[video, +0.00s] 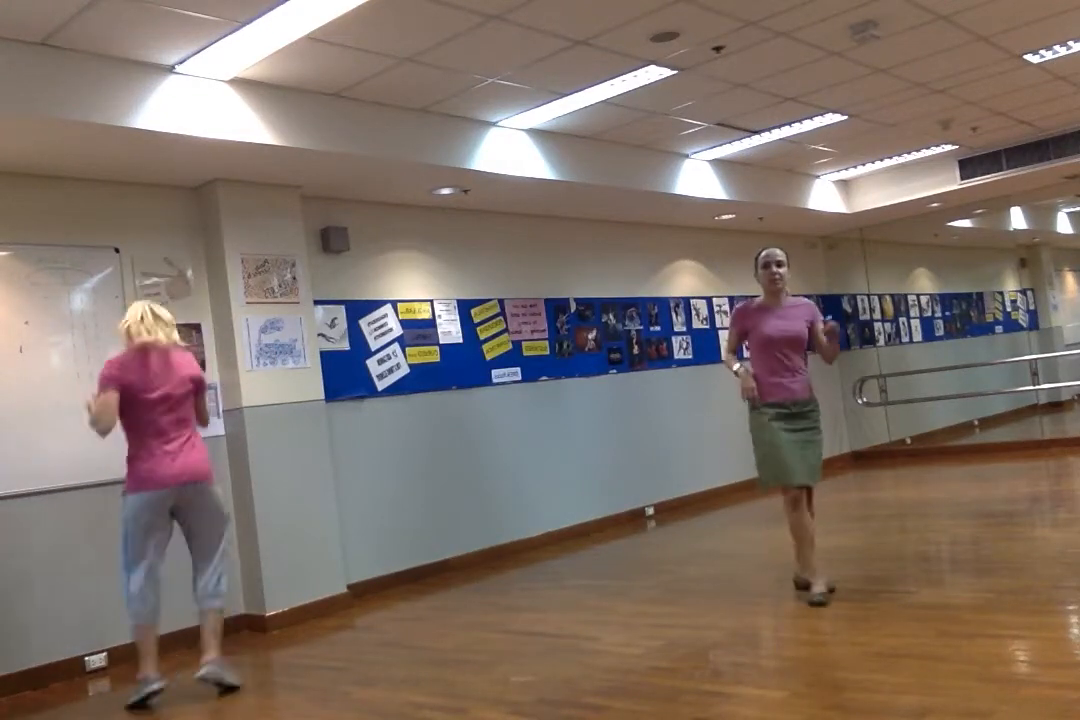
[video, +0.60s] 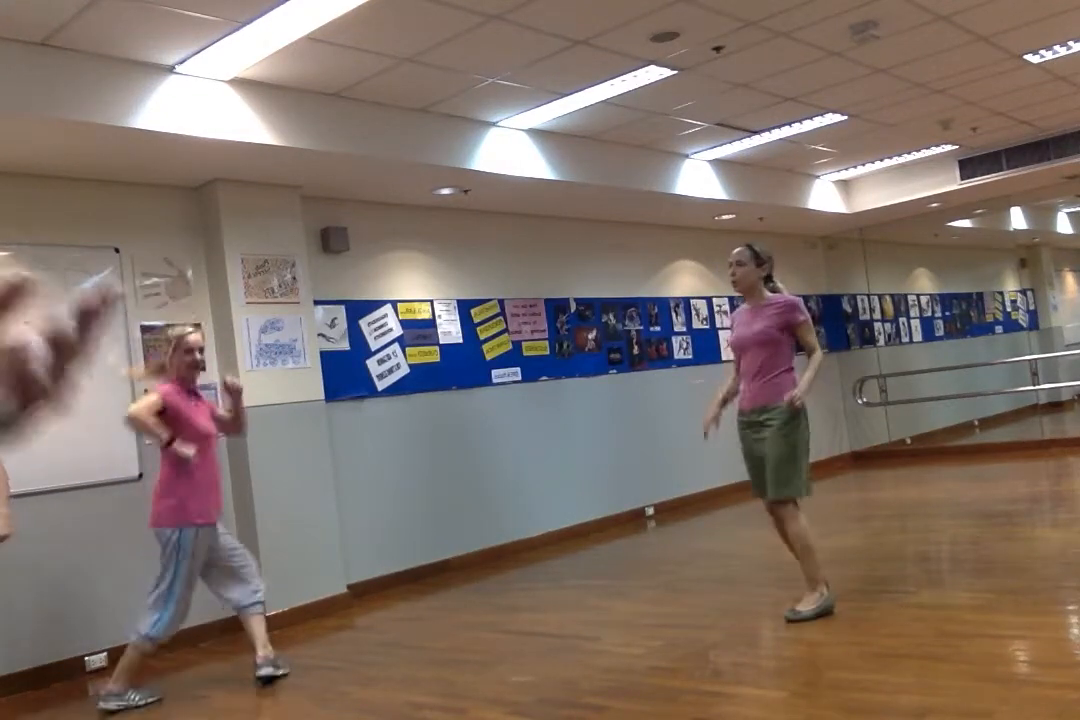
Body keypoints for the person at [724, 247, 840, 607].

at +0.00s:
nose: (775, 271)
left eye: (779, 265)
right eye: (767, 266)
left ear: (788, 271)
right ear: (757, 275)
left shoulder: (807, 309)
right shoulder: (746, 313)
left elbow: (829, 355)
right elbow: (730, 353)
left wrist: (825, 337)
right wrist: (742, 371)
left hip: (805, 409)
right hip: (769, 411)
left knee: (805, 496)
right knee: (794, 493)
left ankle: (802, 572)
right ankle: (815, 578)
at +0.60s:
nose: (732, 272)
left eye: (739, 265)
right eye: (730, 266)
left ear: (762, 269)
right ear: (732, 274)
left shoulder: (787, 305)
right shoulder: (738, 316)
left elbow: (816, 352)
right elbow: (739, 373)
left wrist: (801, 388)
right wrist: (718, 404)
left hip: (783, 412)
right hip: (749, 417)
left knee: (783, 504)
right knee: (775, 507)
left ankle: (818, 589)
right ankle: (817, 585)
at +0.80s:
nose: (714, 276)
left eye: (720, 270)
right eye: (715, 270)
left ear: (742, 273)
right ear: (734, 276)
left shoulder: (767, 309)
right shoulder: (734, 315)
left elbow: (782, 362)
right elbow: (748, 367)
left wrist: (743, 384)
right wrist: (733, 388)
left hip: (771, 417)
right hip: (746, 419)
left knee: (781, 509)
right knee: (731, 508)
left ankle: (817, 590)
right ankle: (791, 572)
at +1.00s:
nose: (692, 275)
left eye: (697, 268)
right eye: (693, 269)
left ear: (715, 272)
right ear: (717, 273)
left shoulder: (732, 307)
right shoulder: (727, 310)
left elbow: (735, 365)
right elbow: (761, 363)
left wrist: (686, 392)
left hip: (747, 417)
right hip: (739, 417)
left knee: (778, 505)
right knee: (726, 509)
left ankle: (816, 590)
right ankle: (749, 596)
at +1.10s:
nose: (683, 282)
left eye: (687, 276)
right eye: (684, 276)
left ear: (702, 277)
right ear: (710, 278)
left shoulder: (716, 313)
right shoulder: (726, 313)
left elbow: (719, 375)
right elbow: (755, 370)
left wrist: (675, 413)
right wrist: (724, 400)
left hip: (735, 423)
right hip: (733, 422)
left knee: (745, 512)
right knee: (723, 509)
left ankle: (808, 587)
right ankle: (748, 596)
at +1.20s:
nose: (675, 288)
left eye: (677, 282)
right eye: (676, 281)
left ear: (689, 283)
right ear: (707, 281)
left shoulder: (702, 318)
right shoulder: (721, 314)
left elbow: (712, 380)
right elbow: (746, 372)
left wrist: (677, 425)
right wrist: (709, 392)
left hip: (721, 424)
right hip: (737, 421)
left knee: (701, 516)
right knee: (724, 513)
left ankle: (779, 573)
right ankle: (745, 595)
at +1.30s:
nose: (668, 290)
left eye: (669, 284)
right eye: (669, 284)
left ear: (677, 286)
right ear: (701, 283)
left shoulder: (686, 321)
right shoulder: (726, 317)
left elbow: (703, 377)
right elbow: (741, 369)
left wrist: (676, 424)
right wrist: (707, 381)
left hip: (708, 424)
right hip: (736, 421)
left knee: (678, 507)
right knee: (724, 506)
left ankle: (734, 579)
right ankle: (747, 593)